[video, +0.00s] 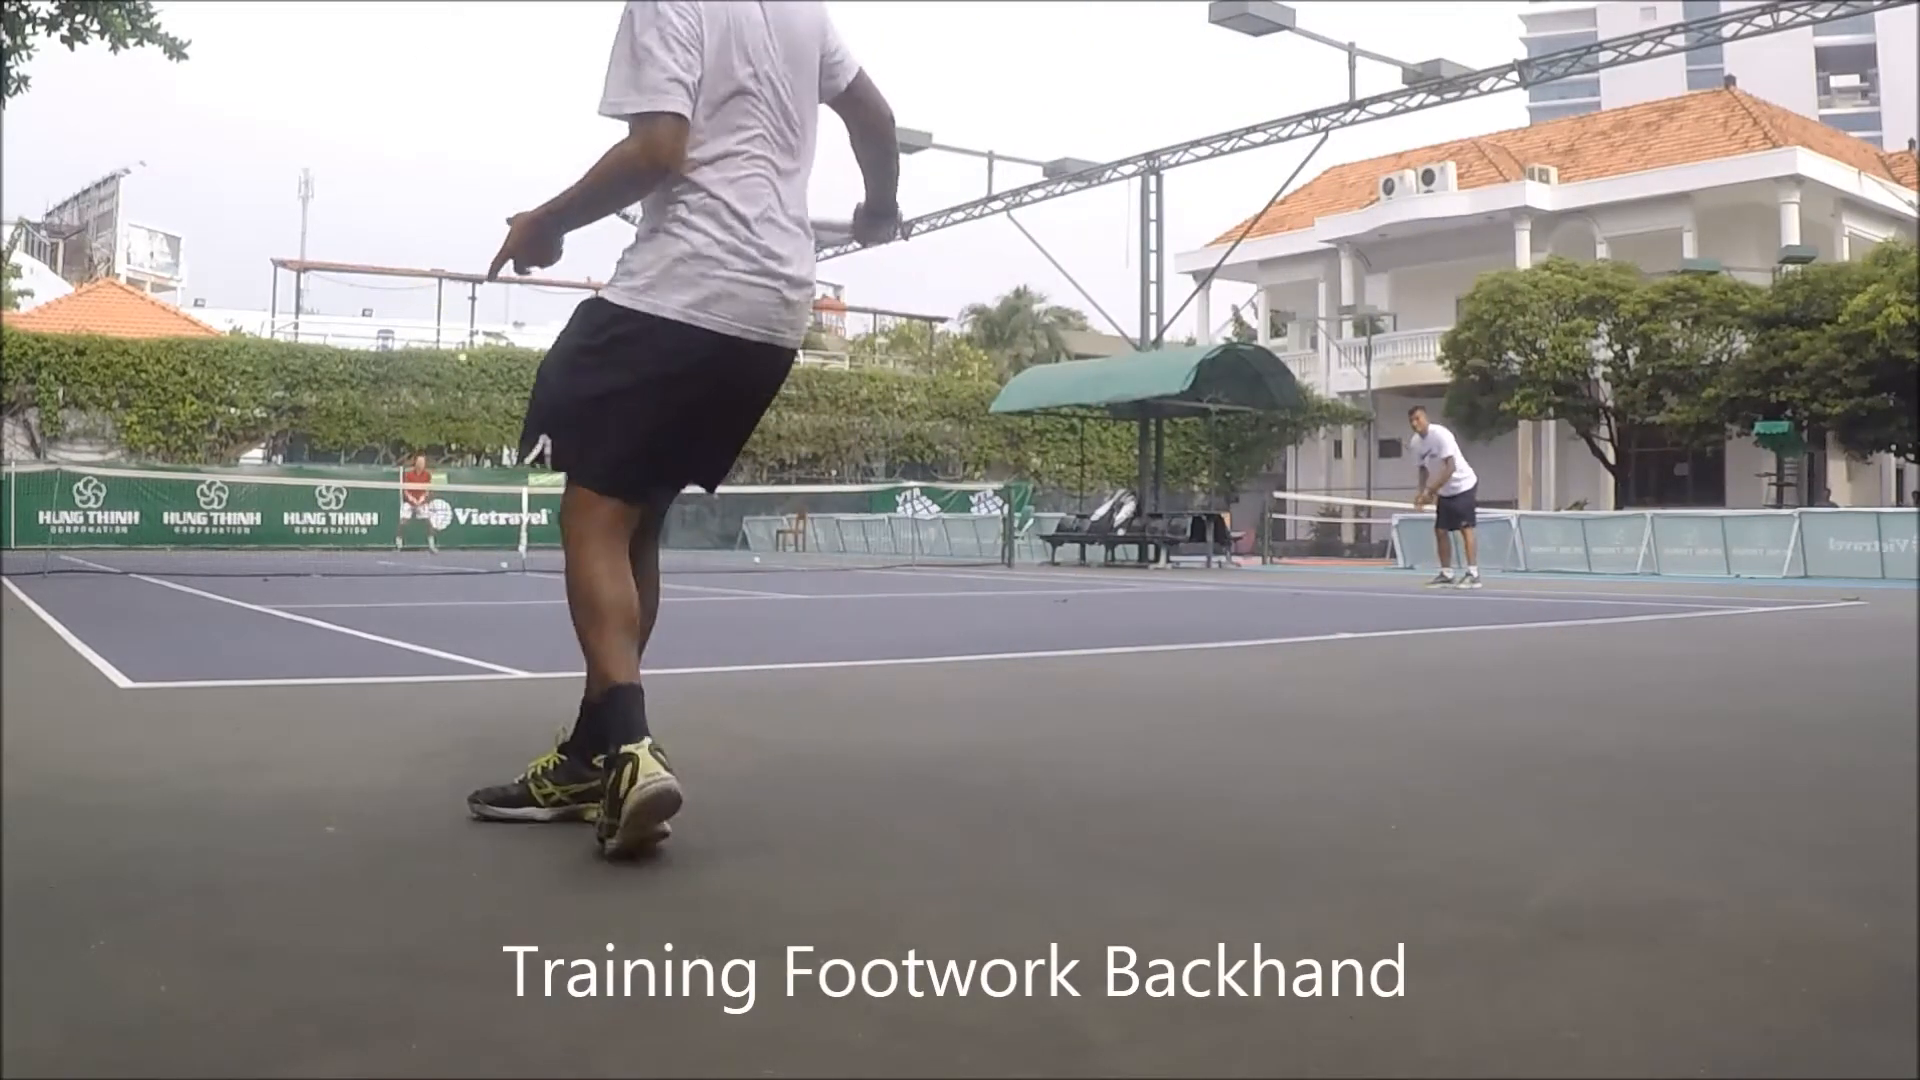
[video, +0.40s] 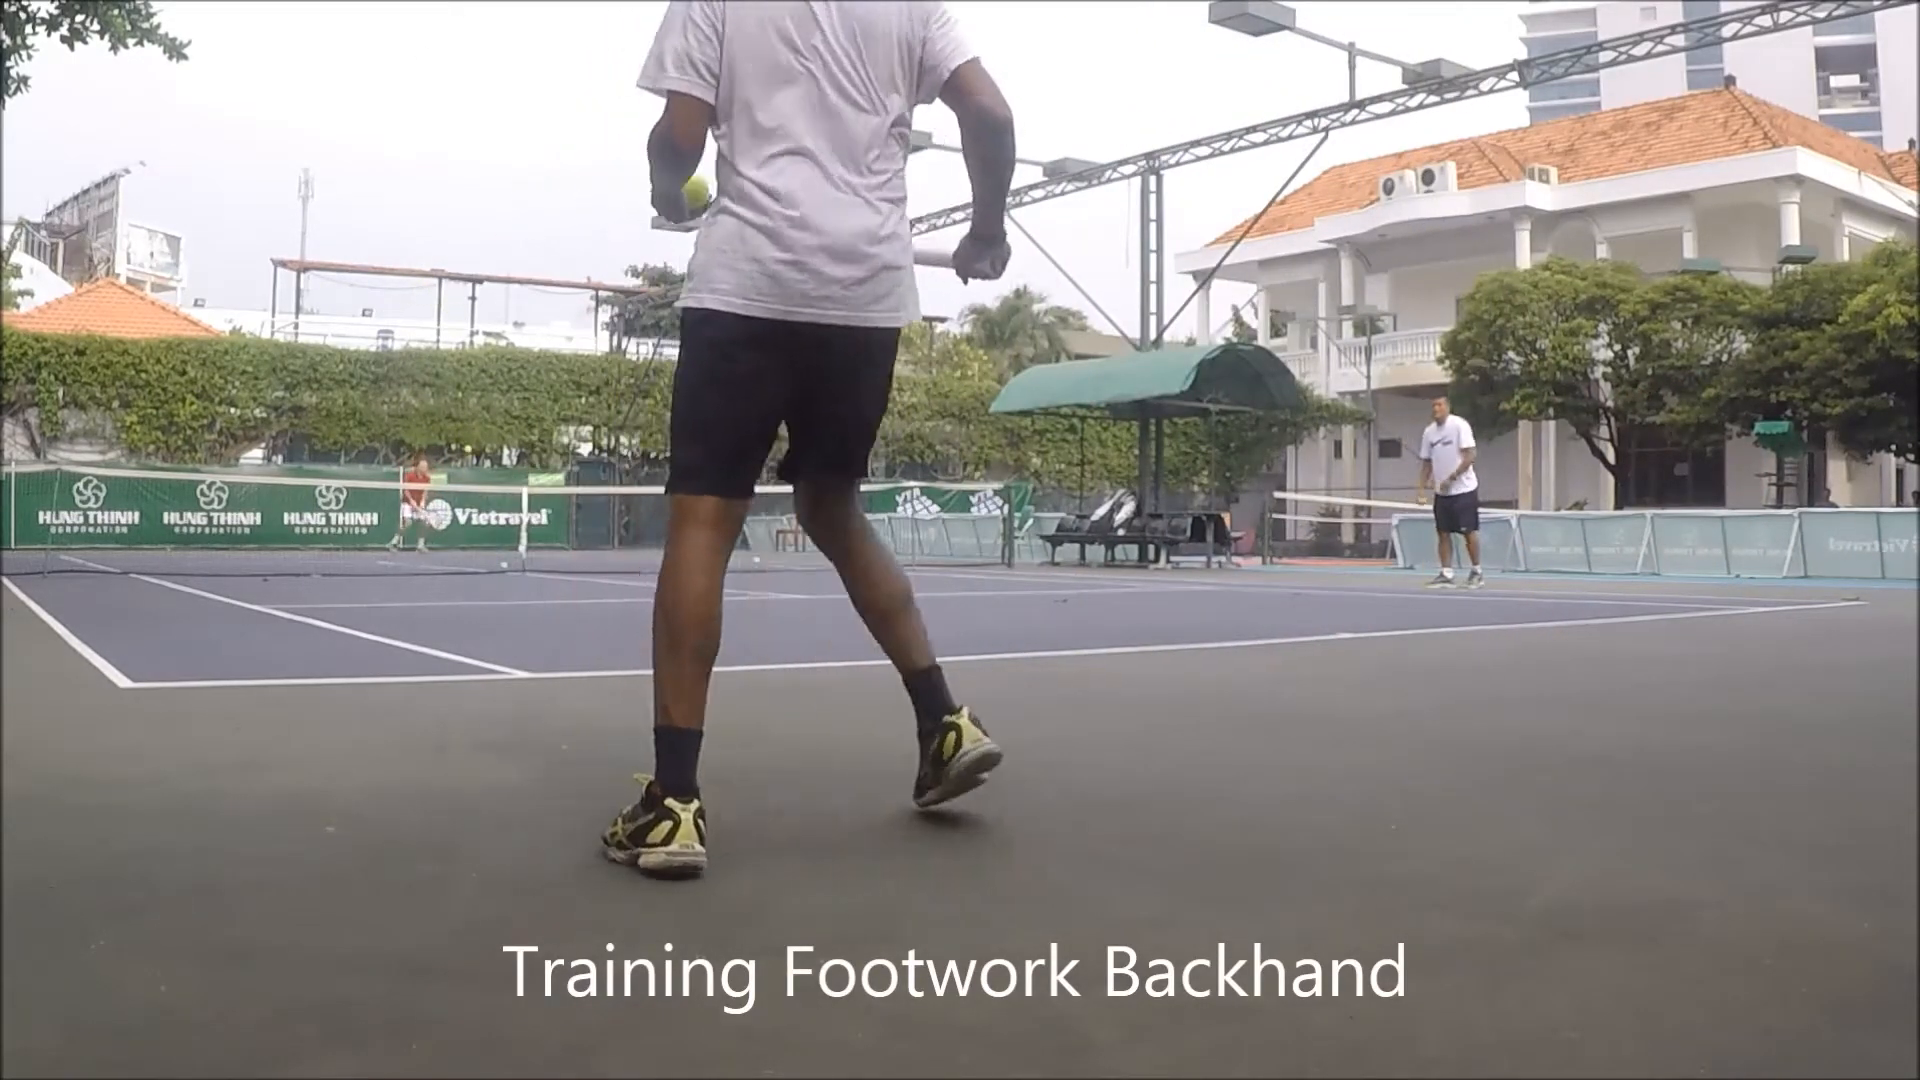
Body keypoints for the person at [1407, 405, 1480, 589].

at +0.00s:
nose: (1415, 423)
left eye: (1418, 418)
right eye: (1412, 420)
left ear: (1426, 418)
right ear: (1411, 423)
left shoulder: (1440, 434)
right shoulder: (1415, 442)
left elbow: (1451, 466)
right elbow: (1422, 469)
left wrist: (1431, 490)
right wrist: (1421, 492)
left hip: (1463, 485)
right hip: (1444, 489)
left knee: (1466, 528)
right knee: (1440, 530)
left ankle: (1473, 573)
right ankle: (1446, 573)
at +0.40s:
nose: (1436, 409)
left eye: (1439, 405)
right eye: (1434, 406)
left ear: (1448, 407)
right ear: (1432, 409)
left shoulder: (1459, 425)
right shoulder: (1428, 432)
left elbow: (1470, 455)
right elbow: (1426, 463)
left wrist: (1452, 478)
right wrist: (1421, 487)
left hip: (1464, 489)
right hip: (1442, 491)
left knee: (1469, 531)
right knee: (1443, 532)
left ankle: (1476, 571)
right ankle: (1446, 572)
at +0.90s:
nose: (1448, 411)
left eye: (1451, 407)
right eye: (1448, 407)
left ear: (1463, 407)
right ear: (1455, 409)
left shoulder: (1480, 426)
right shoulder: (1450, 427)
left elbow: (1508, 445)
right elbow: (1445, 451)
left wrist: (1496, 468)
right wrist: (1444, 475)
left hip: (1477, 489)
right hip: (1455, 489)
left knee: (1482, 534)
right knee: (1452, 531)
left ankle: (1478, 572)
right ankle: (1448, 572)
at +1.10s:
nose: (1451, 411)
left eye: (1453, 407)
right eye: (1451, 407)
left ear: (1465, 407)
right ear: (1458, 409)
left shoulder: (1482, 426)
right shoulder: (1454, 425)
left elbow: (1509, 446)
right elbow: (1450, 449)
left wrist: (1492, 470)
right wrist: (1450, 471)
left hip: (1478, 488)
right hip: (1456, 487)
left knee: (1481, 533)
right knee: (1447, 529)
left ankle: (1478, 572)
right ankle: (1451, 571)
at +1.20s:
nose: (1452, 411)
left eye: (1454, 406)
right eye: (1452, 407)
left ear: (1466, 407)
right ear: (1457, 409)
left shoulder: (1483, 426)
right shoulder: (1454, 425)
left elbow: (1509, 447)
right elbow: (1450, 449)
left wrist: (1493, 469)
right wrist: (1450, 469)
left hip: (1478, 488)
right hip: (1455, 487)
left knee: (1481, 533)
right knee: (1445, 529)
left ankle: (1478, 572)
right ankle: (1452, 570)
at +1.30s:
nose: (1452, 410)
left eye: (1454, 406)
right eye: (1451, 407)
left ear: (1465, 407)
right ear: (1457, 409)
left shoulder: (1482, 426)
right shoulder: (1453, 425)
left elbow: (1507, 447)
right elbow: (1450, 450)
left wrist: (1491, 469)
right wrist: (1450, 471)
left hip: (1476, 488)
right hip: (1454, 487)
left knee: (1480, 533)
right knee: (1447, 530)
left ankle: (1477, 572)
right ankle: (1452, 571)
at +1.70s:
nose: (1442, 410)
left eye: (1445, 406)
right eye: (1442, 406)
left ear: (1456, 407)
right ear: (1450, 408)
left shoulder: (1469, 425)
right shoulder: (1446, 428)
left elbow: (1493, 445)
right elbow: (1451, 451)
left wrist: (1479, 469)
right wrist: (1447, 469)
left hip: (1464, 486)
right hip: (1447, 486)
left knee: (1467, 532)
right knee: (1451, 533)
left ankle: (1475, 572)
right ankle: (1452, 571)